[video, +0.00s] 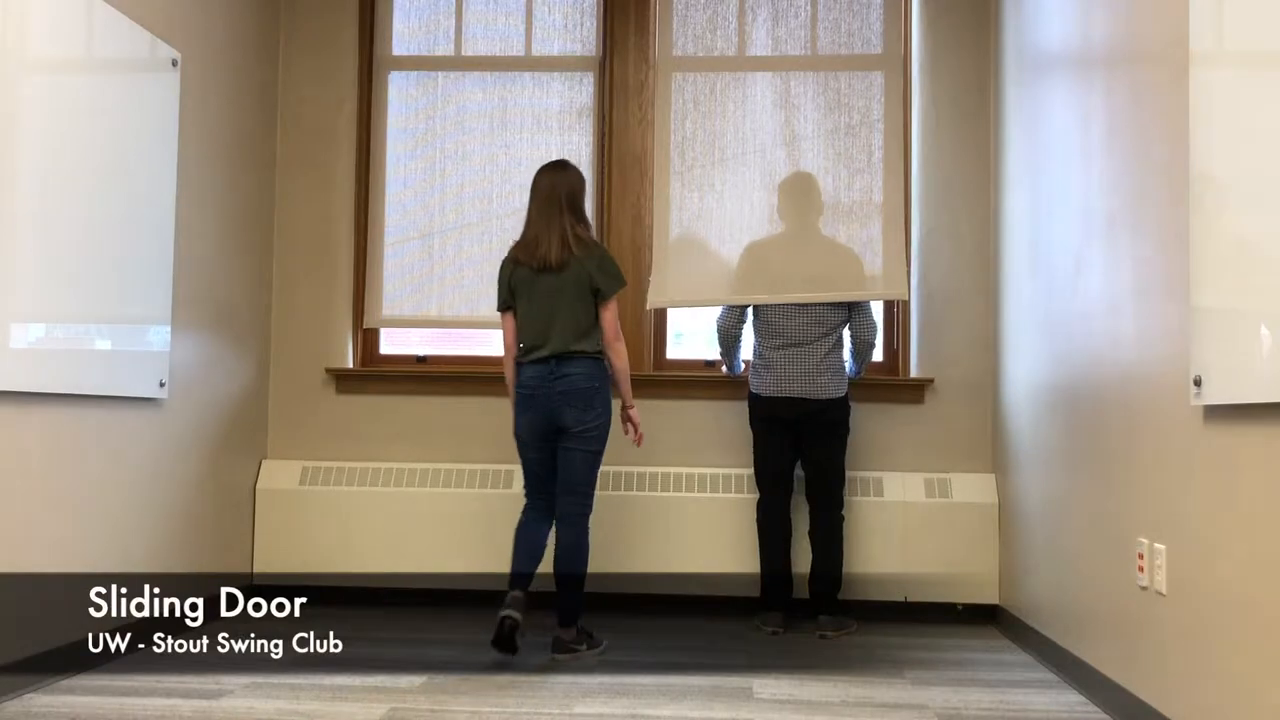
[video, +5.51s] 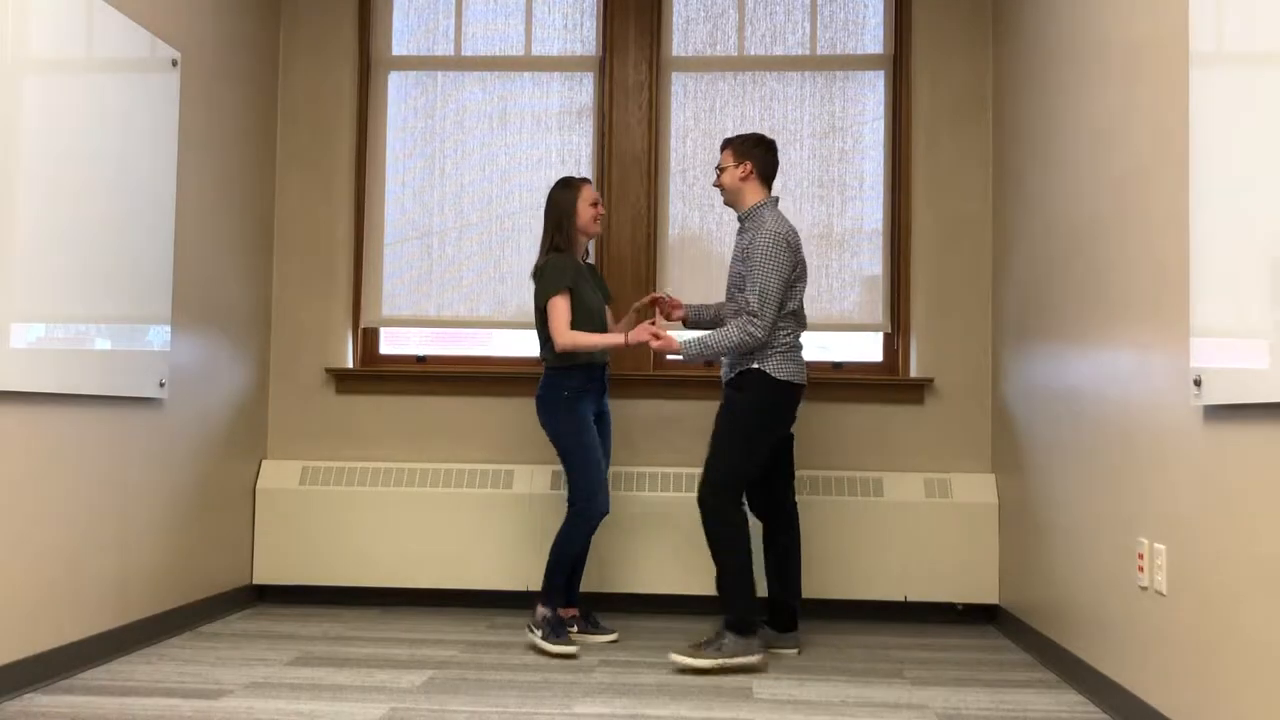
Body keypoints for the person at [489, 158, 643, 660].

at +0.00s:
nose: (584, 205)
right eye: (581, 196)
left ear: (534, 200)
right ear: (579, 201)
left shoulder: (514, 262)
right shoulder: (595, 258)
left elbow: (511, 349)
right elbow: (612, 337)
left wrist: (518, 407)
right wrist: (627, 401)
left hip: (532, 391)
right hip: (586, 389)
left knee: (538, 502)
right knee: (574, 510)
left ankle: (515, 597)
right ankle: (568, 631)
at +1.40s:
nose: (580, 219)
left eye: (582, 212)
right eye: (571, 212)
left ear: (580, 219)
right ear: (548, 217)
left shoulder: (566, 272)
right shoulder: (539, 267)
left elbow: (575, 348)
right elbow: (543, 342)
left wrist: (589, 408)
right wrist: (571, 404)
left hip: (572, 391)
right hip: (549, 391)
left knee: (568, 497)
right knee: (562, 498)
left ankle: (553, 604)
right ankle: (538, 610)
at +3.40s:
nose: (571, 217)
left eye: (576, 210)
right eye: (561, 211)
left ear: (583, 216)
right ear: (543, 218)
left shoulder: (592, 276)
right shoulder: (528, 266)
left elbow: (603, 347)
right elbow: (521, 337)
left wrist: (591, 397)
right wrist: (552, 395)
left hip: (579, 394)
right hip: (536, 391)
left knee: (564, 504)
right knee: (535, 501)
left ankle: (558, 607)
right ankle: (530, 610)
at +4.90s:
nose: (577, 216)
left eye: (579, 209)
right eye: (569, 209)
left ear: (576, 217)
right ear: (542, 213)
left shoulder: (581, 276)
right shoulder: (527, 268)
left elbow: (588, 345)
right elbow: (532, 334)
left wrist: (608, 337)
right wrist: (596, 334)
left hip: (578, 396)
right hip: (541, 395)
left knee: (578, 504)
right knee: (543, 502)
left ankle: (559, 608)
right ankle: (532, 612)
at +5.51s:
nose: (601, 210)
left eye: (600, 204)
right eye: (592, 204)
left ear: (586, 214)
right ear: (566, 211)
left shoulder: (588, 269)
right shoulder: (557, 266)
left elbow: (607, 333)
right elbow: (561, 338)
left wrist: (639, 307)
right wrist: (624, 338)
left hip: (592, 395)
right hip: (564, 396)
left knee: (590, 504)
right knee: (590, 503)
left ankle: (569, 609)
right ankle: (548, 610)